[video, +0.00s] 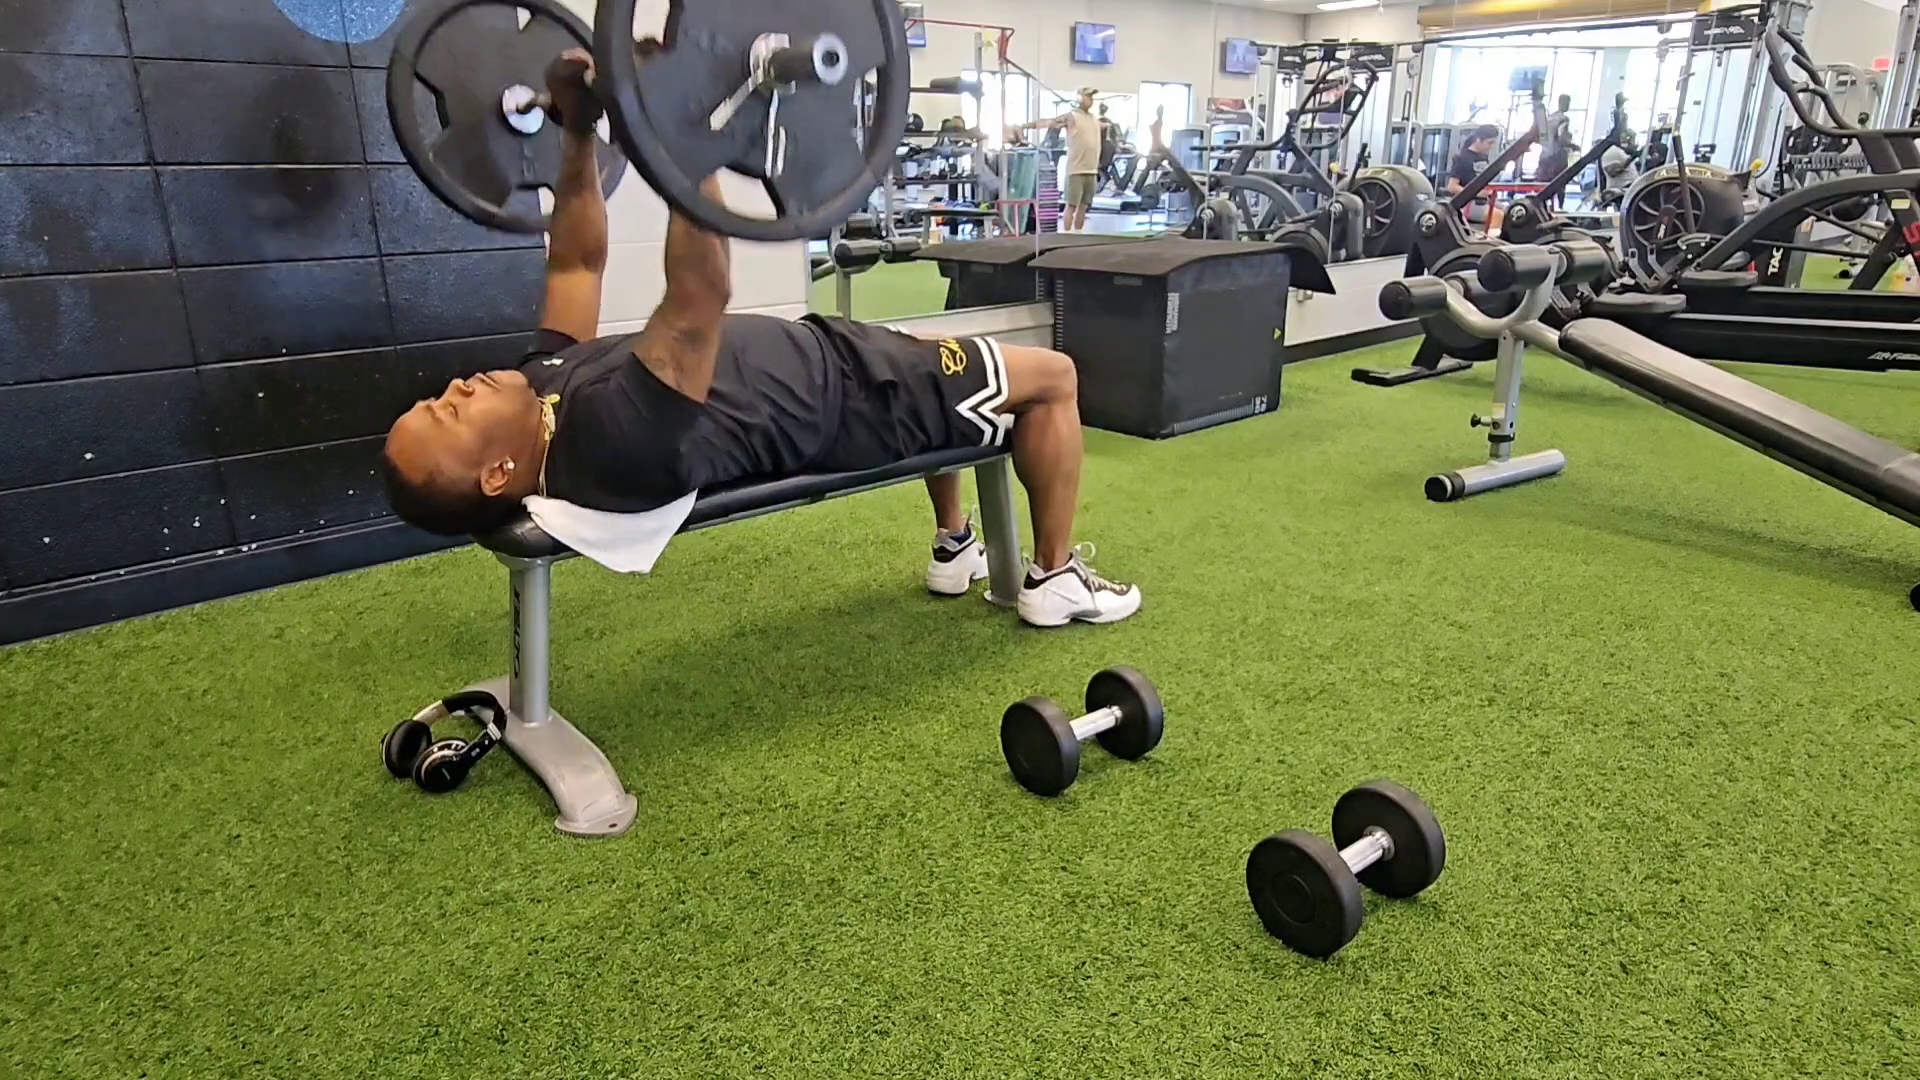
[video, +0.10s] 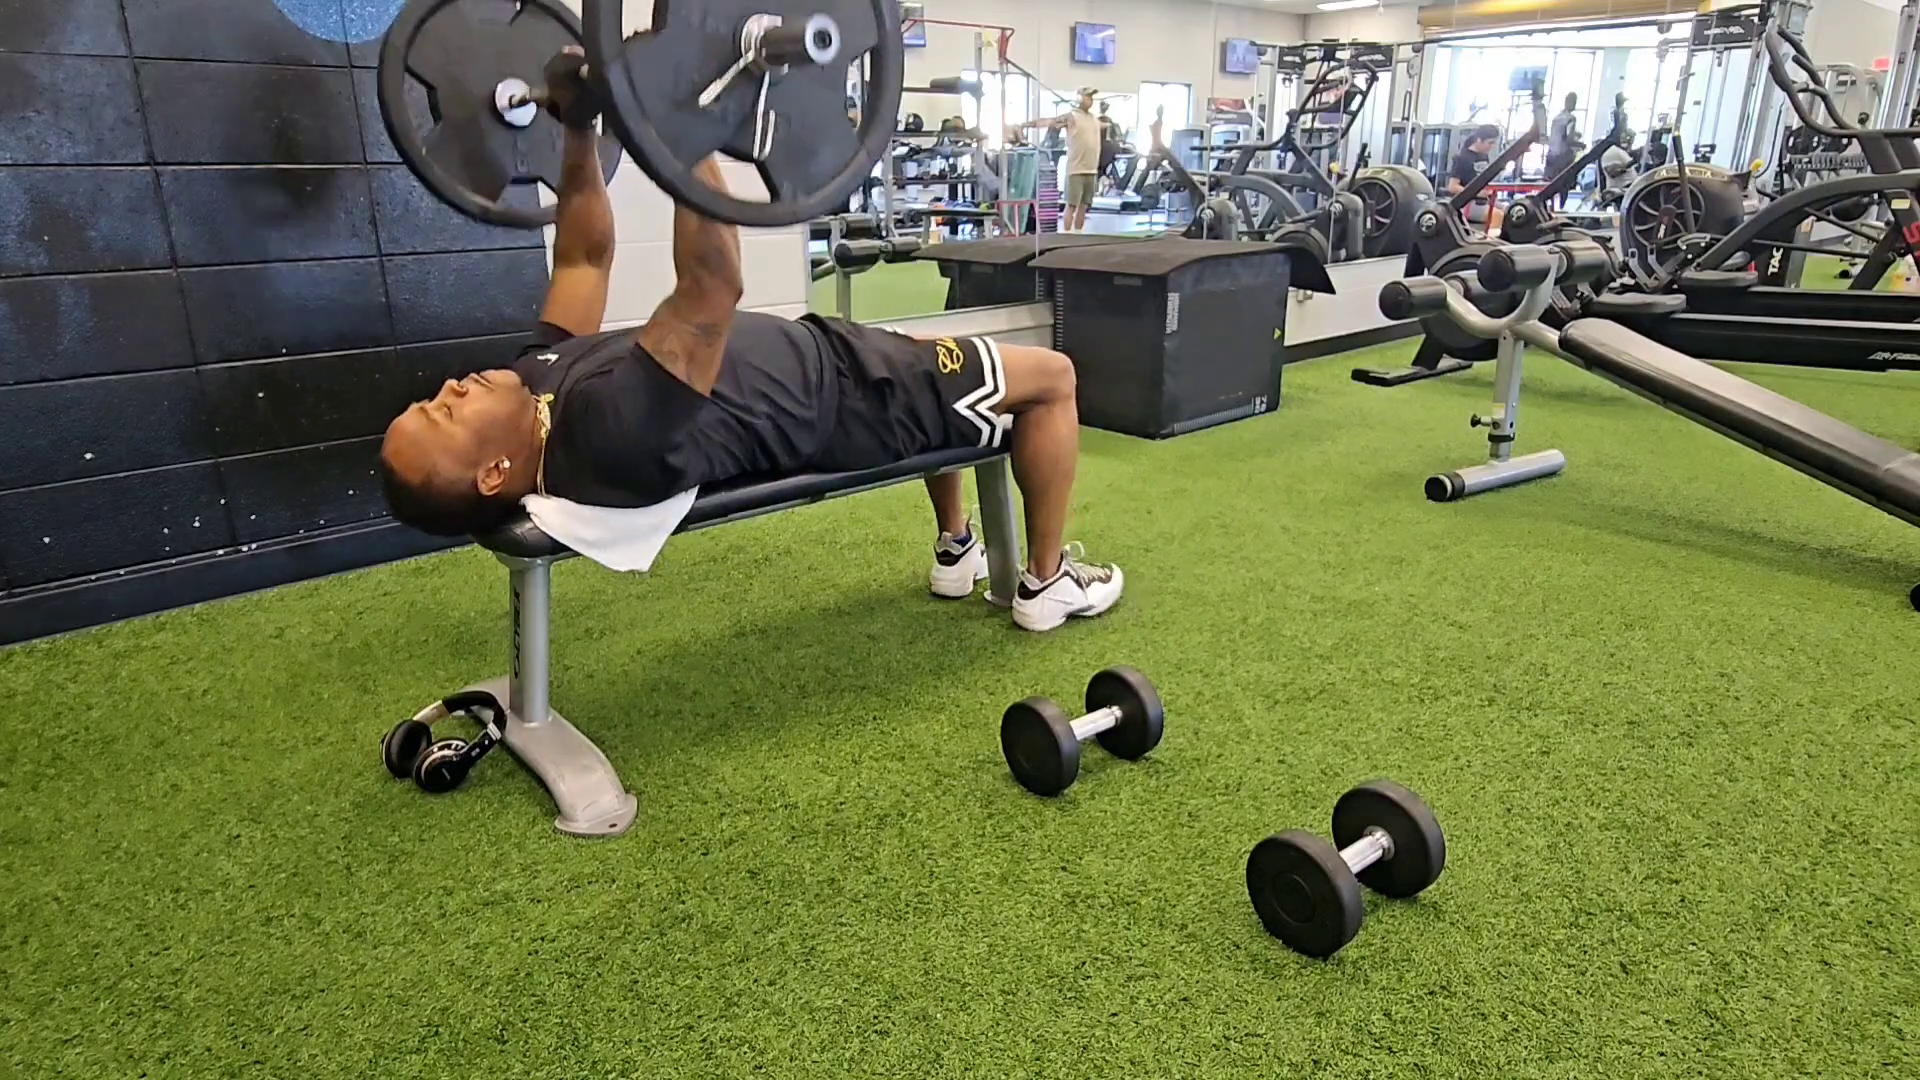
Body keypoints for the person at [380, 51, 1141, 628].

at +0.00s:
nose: (469, 376)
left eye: (443, 389)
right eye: (460, 401)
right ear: (503, 466)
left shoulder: (544, 384)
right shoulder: (615, 444)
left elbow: (573, 261)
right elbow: (698, 294)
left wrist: (574, 133)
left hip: (801, 348)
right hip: (848, 391)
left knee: (936, 354)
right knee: (1051, 374)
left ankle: (955, 544)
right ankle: (1055, 578)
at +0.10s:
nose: (459, 376)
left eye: (435, 389)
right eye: (451, 401)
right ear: (500, 464)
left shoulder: (531, 378)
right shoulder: (612, 437)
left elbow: (579, 261)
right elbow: (708, 293)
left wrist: (576, 126)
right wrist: (686, 122)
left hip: (792, 352)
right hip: (843, 393)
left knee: (932, 356)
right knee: (1051, 376)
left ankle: (958, 545)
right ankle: (1048, 579)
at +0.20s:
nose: (462, 375)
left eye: (440, 390)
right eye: (451, 406)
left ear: (498, 466)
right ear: (501, 471)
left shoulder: (538, 403)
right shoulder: (615, 455)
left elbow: (599, 315)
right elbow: (743, 353)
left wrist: (590, 199)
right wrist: (721, 202)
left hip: (799, 352)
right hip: (846, 393)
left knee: (931, 341)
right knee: (1052, 377)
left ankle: (951, 543)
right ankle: (1048, 578)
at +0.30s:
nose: (479, 373)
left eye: (451, 385)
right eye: (465, 399)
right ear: (504, 470)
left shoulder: (553, 398)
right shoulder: (622, 458)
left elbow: (611, 331)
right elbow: (753, 397)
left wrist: (591, 248)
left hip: (798, 365)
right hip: (843, 407)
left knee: (933, 345)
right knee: (1054, 377)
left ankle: (957, 546)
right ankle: (1045, 577)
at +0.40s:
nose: (474, 372)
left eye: (450, 389)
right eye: (463, 399)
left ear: (503, 452)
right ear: (510, 464)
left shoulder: (552, 393)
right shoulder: (607, 459)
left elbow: (659, 334)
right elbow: (756, 463)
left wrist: (615, 286)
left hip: (785, 377)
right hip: (838, 423)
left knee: (942, 342)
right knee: (1060, 378)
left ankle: (965, 546)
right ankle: (1042, 571)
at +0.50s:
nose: (473, 371)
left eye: (448, 385)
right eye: (459, 402)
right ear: (506, 473)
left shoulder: (536, 394)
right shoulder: (619, 469)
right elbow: (757, 491)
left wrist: (603, 326)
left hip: (774, 372)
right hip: (840, 423)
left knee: (935, 341)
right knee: (1059, 380)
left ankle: (969, 544)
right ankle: (1040, 574)